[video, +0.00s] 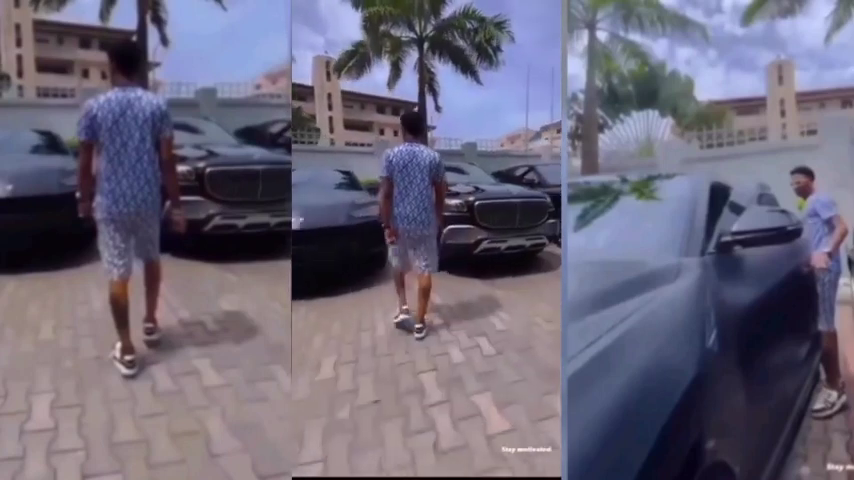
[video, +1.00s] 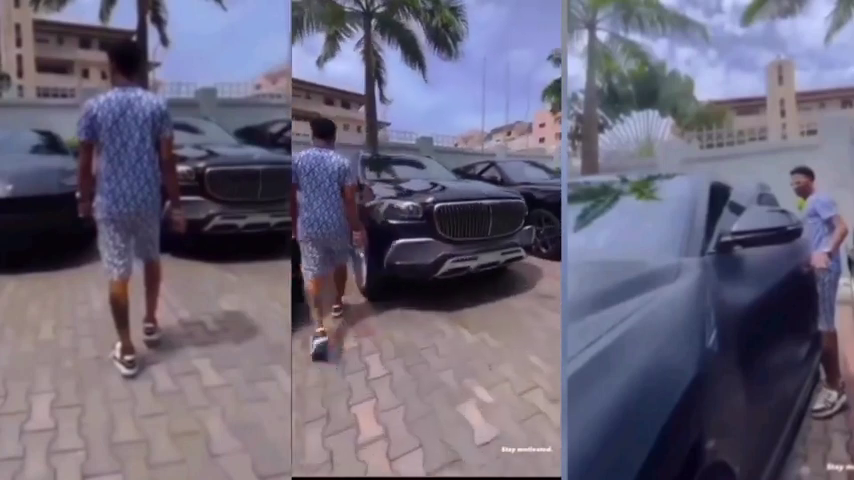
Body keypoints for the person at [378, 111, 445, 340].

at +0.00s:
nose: (401, 133)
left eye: (401, 129)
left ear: (402, 130)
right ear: (424, 130)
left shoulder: (392, 156)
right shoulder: (432, 157)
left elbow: (386, 193)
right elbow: (440, 192)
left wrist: (386, 223)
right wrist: (439, 219)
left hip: (399, 223)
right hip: (425, 223)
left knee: (398, 268)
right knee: (425, 271)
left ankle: (403, 307)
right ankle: (420, 322)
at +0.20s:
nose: (384, 138)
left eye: (383, 134)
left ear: (382, 135)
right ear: (403, 135)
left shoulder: (375, 162)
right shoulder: (415, 160)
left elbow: (370, 199)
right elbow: (424, 193)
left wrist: (371, 230)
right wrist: (422, 217)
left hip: (386, 227)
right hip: (411, 227)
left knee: (387, 269)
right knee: (410, 277)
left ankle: (390, 299)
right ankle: (406, 335)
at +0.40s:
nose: (361, 136)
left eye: (358, 131)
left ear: (357, 133)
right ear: (378, 132)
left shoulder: (350, 159)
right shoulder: (391, 158)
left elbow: (348, 199)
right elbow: (400, 195)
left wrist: (346, 230)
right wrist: (404, 222)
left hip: (363, 224)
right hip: (389, 223)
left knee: (367, 269)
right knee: (395, 268)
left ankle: (374, 308)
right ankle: (392, 316)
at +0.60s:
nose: (346, 134)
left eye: (340, 129)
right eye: (354, 130)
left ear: (336, 130)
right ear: (357, 130)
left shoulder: (324, 156)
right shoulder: (369, 155)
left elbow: (319, 194)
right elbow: (378, 191)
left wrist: (320, 225)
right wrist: (385, 218)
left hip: (339, 223)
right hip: (367, 221)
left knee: (346, 272)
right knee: (377, 265)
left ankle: (356, 319)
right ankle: (374, 304)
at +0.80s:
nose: (336, 137)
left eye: (328, 133)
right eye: (340, 133)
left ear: (321, 133)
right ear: (342, 133)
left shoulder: (309, 157)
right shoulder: (352, 158)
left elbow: (299, 193)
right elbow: (360, 195)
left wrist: (301, 222)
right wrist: (368, 223)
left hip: (320, 224)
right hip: (348, 223)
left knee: (330, 277)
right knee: (354, 262)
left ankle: (339, 331)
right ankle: (355, 296)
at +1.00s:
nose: (325, 141)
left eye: (319, 135)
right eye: (330, 137)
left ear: (313, 135)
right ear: (334, 137)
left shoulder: (299, 160)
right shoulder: (342, 163)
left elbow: (293, 197)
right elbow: (349, 198)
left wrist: (295, 226)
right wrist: (356, 225)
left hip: (308, 226)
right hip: (336, 225)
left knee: (313, 277)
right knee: (340, 263)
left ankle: (319, 327)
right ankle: (338, 301)